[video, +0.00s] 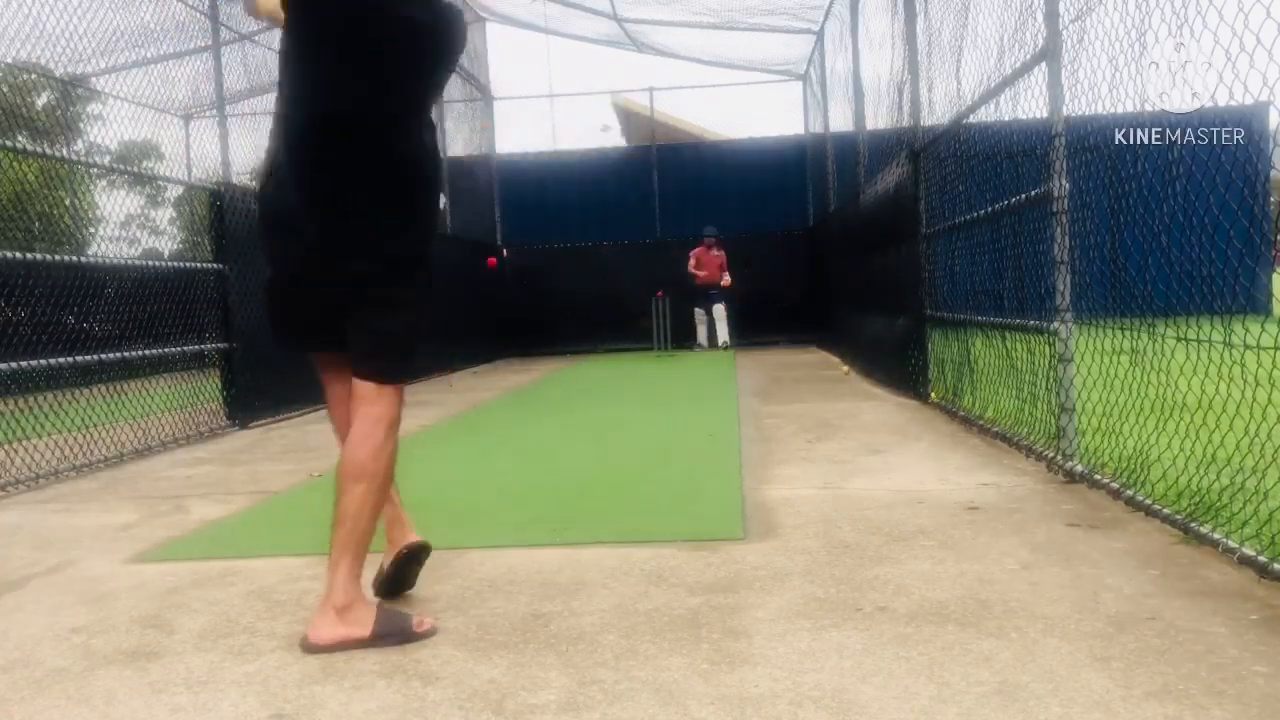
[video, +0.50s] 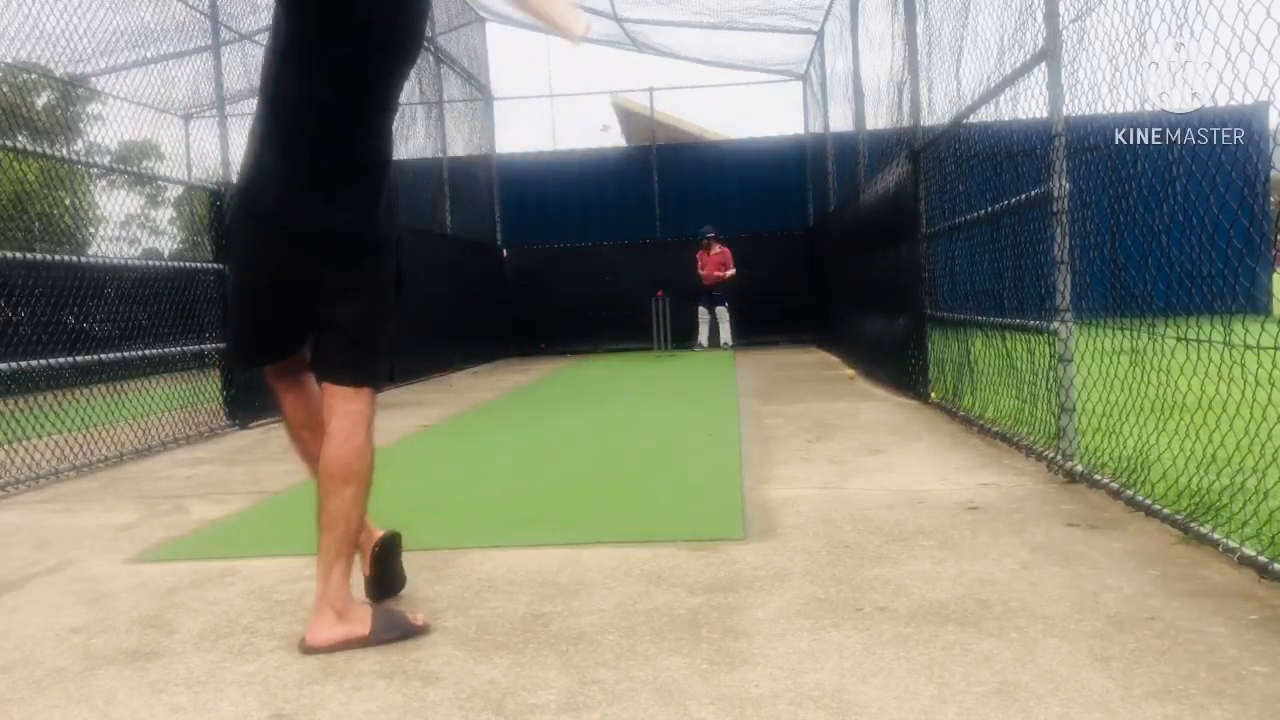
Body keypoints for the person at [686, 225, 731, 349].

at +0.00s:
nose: (710, 240)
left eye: (712, 237)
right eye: (707, 237)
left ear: (716, 239)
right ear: (703, 239)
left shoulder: (720, 253)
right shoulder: (696, 253)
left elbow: (724, 271)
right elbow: (690, 268)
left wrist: (726, 278)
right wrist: (699, 273)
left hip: (715, 286)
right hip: (700, 287)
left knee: (720, 312)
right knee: (700, 315)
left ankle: (723, 342)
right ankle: (702, 343)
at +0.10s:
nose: (706, 240)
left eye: (709, 237)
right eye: (704, 237)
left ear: (713, 238)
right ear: (700, 239)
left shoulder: (719, 252)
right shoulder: (695, 253)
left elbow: (724, 268)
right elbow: (690, 269)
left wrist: (725, 274)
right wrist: (698, 273)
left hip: (715, 285)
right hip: (700, 287)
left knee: (719, 313)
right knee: (700, 315)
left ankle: (725, 341)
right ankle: (702, 343)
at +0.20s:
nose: (705, 240)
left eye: (707, 237)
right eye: (703, 238)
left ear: (712, 238)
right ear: (700, 239)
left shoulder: (720, 252)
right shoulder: (695, 254)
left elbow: (726, 268)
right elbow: (692, 269)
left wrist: (725, 275)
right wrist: (699, 273)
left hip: (715, 285)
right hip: (701, 286)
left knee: (719, 314)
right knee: (700, 315)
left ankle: (725, 341)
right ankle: (702, 343)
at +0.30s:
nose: (702, 241)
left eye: (704, 238)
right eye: (701, 238)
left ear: (711, 238)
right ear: (701, 239)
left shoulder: (721, 252)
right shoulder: (697, 253)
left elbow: (728, 269)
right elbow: (694, 270)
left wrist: (724, 275)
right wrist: (700, 273)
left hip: (716, 284)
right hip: (702, 286)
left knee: (720, 312)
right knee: (701, 314)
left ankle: (725, 341)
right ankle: (702, 342)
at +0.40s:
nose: (704, 241)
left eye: (706, 239)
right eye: (703, 239)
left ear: (712, 239)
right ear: (702, 240)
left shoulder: (723, 251)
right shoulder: (699, 254)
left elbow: (730, 269)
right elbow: (696, 270)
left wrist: (724, 275)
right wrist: (702, 273)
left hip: (718, 285)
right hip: (704, 286)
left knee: (721, 312)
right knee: (702, 313)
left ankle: (725, 341)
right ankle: (702, 342)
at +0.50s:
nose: (705, 242)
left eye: (707, 239)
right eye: (704, 240)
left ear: (713, 239)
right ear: (702, 241)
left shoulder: (724, 251)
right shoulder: (701, 254)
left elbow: (732, 269)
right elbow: (699, 270)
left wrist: (723, 274)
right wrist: (706, 274)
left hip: (719, 285)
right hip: (706, 286)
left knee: (721, 312)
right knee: (703, 312)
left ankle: (726, 341)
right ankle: (702, 342)